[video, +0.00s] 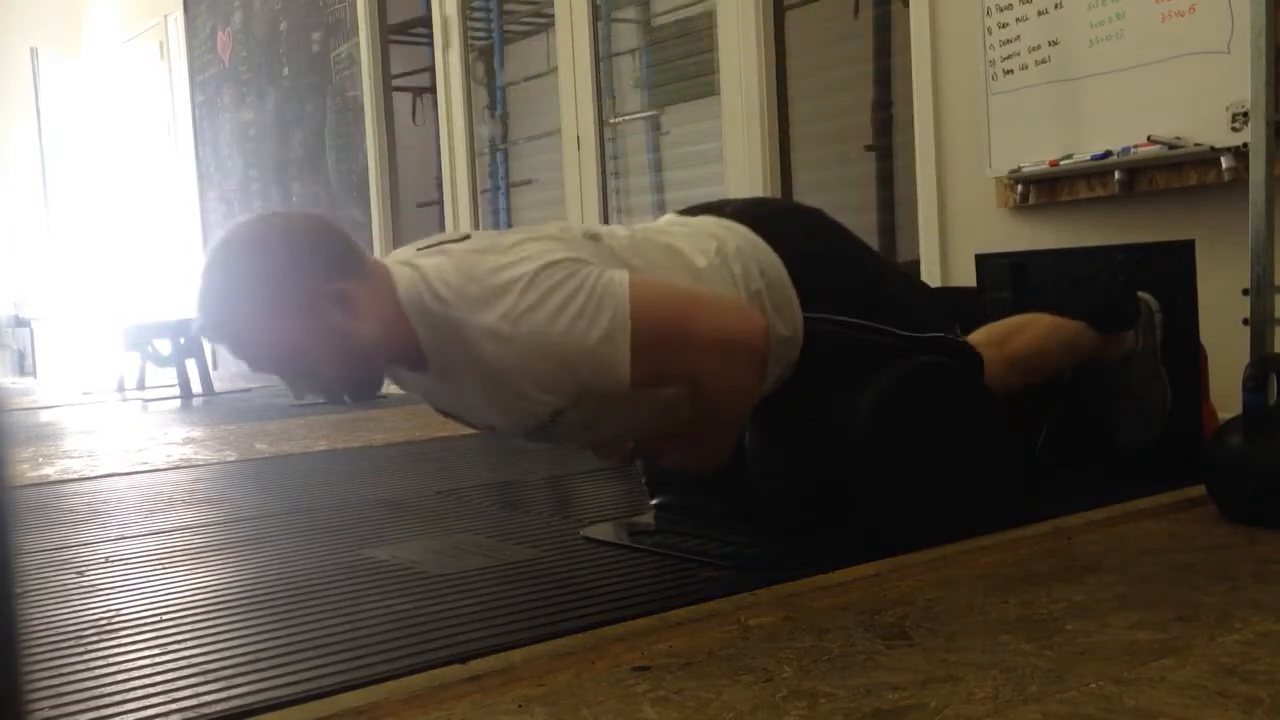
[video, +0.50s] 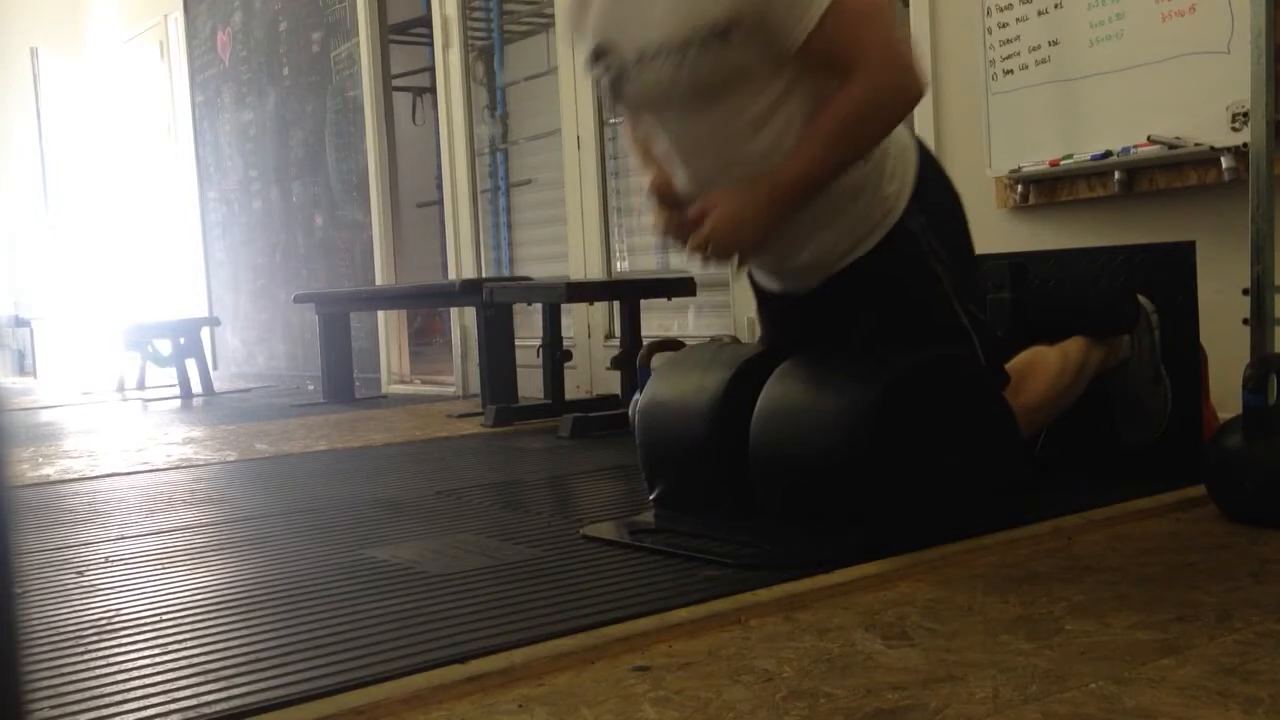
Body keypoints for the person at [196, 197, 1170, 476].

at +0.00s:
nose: (285, 378)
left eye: (280, 353)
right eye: (266, 364)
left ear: (342, 305)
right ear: (330, 309)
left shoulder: (498, 310)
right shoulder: (395, 326)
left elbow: (740, 346)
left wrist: (699, 446)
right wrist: (637, 428)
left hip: (782, 273)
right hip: (704, 254)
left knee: (957, 357)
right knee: (915, 326)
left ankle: (1111, 330)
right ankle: (1068, 324)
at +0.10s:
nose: (301, 339)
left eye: (298, 307)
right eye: (281, 322)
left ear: (356, 247)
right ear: (324, 272)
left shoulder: (511, 279)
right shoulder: (406, 303)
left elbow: (754, 316)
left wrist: (713, 421)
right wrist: (629, 412)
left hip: (799, 260)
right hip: (727, 244)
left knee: (963, 364)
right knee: (921, 327)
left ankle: (1101, 336)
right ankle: (1056, 327)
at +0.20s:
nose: (326, 223)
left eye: (328, 195)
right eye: (311, 208)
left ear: (390, 154)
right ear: (356, 184)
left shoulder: (540, 204)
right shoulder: (436, 241)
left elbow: (775, 259)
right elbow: (586, 279)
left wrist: (716, 381)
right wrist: (622, 365)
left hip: (820, 242)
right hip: (724, 287)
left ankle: (1084, 345)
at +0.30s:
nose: (390, 82)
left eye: (405, 48)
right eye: (377, 58)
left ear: (476, 26)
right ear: (378, 61)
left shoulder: (605, 98)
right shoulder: (475, 150)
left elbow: (811, 197)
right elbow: (634, 230)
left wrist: (736, 325)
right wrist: (646, 307)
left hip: (839, 282)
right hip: (723, 313)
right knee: (680, 464)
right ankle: (953, 388)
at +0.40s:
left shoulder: (680, 21)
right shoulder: (525, 66)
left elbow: (848, 123)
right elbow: (639, 162)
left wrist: (746, 265)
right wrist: (645, 236)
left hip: (866, 246)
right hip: (771, 287)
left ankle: (1092, 350)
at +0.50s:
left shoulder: (772, 5)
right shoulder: (586, 10)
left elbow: (890, 76)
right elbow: (640, 101)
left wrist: (766, 197)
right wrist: (662, 174)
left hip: (889, 233)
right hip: (783, 267)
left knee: (959, 449)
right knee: (836, 463)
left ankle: (1099, 348)